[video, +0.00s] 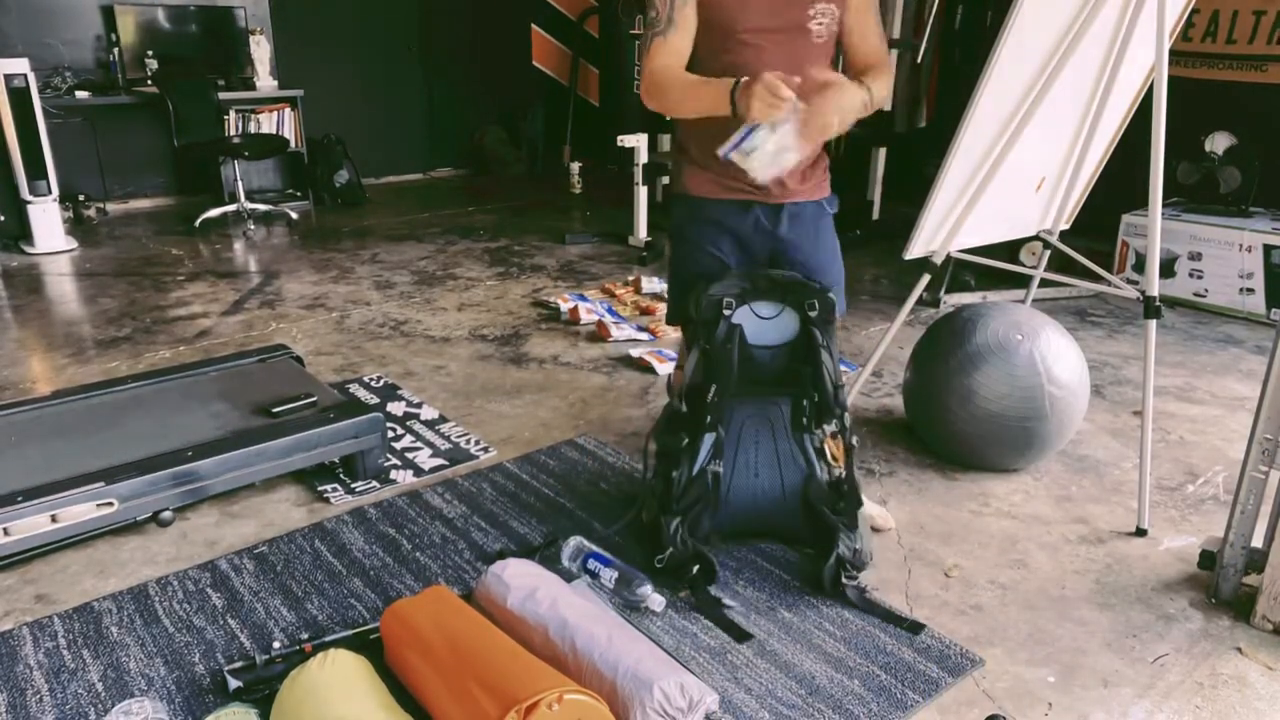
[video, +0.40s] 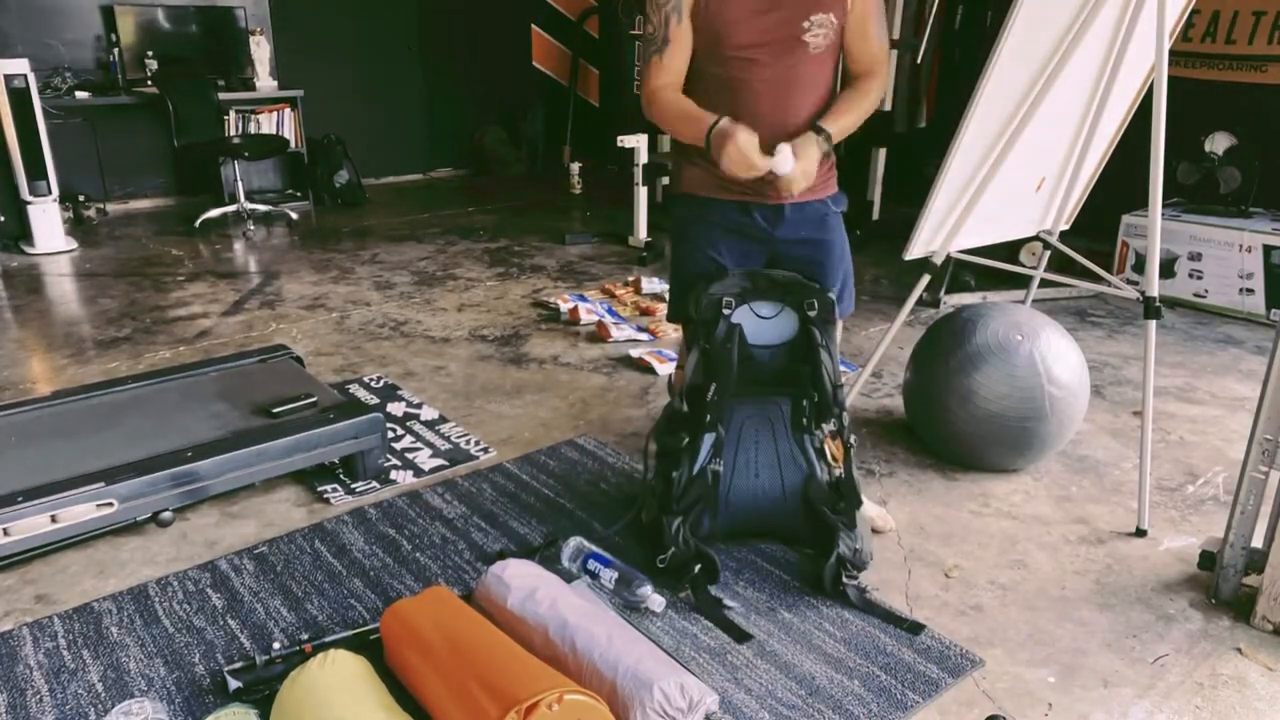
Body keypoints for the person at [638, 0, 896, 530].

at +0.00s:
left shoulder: (846, 4)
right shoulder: (685, 4)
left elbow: (877, 70)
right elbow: (657, 84)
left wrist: (852, 100)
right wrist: (735, 94)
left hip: (806, 205)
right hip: (712, 203)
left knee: (816, 366)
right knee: (708, 368)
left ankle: (827, 490)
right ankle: (699, 494)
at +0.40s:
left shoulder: (852, 3)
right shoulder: (683, 5)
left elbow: (871, 77)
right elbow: (658, 93)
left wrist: (817, 140)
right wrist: (714, 133)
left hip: (812, 211)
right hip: (712, 208)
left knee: (818, 367)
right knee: (710, 370)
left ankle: (828, 492)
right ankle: (701, 496)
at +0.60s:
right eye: (894, 279)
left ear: (961, 265)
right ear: (873, 235)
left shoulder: (982, 274)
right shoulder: (811, 189)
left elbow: (1002, 435)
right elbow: (730, 134)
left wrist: (980, 572)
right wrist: (745, 246)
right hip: (817, 256)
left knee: (923, 406)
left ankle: (893, 544)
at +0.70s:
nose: (771, 88)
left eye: (784, 74)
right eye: (755, 77)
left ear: (821, 24)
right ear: (730, 28)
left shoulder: (871, 69)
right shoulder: (724, 36)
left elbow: (863, 238)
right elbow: (691, 127)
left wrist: (771, 267)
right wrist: (725, 205)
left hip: (870, 217)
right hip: (768, 207)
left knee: (883, 374)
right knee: (733, 351)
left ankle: (892, 545)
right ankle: (712, 503)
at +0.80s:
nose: (851, 190)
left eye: (875, 173)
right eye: (835, 170)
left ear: (934, 103)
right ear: (810, 99)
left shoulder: (987, 114)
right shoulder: (757, 134)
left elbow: (1046, 190)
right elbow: (683, 293)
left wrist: (988, 297)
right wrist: (792, 397)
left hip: (906, 262)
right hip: (785, 277)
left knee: (960, 439)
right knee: (768, 467)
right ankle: (761, 664)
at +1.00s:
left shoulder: (1039, 8)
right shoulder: (796, 12)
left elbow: (1045, 148)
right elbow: (769, 213)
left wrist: (1028, 298)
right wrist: (853, 358)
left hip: (946, 276)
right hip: (826, 282)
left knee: (935, 470)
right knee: (816, 481)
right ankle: (802, 658)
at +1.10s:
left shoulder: (977, 20)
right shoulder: (746, 18)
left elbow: (1014, 190)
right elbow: (712, 202)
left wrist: (980, 343)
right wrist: (832, 314)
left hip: (889, 262)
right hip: (767, 257)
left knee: (902, 454)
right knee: (762, 463)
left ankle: (887, 646)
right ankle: (754, 651)